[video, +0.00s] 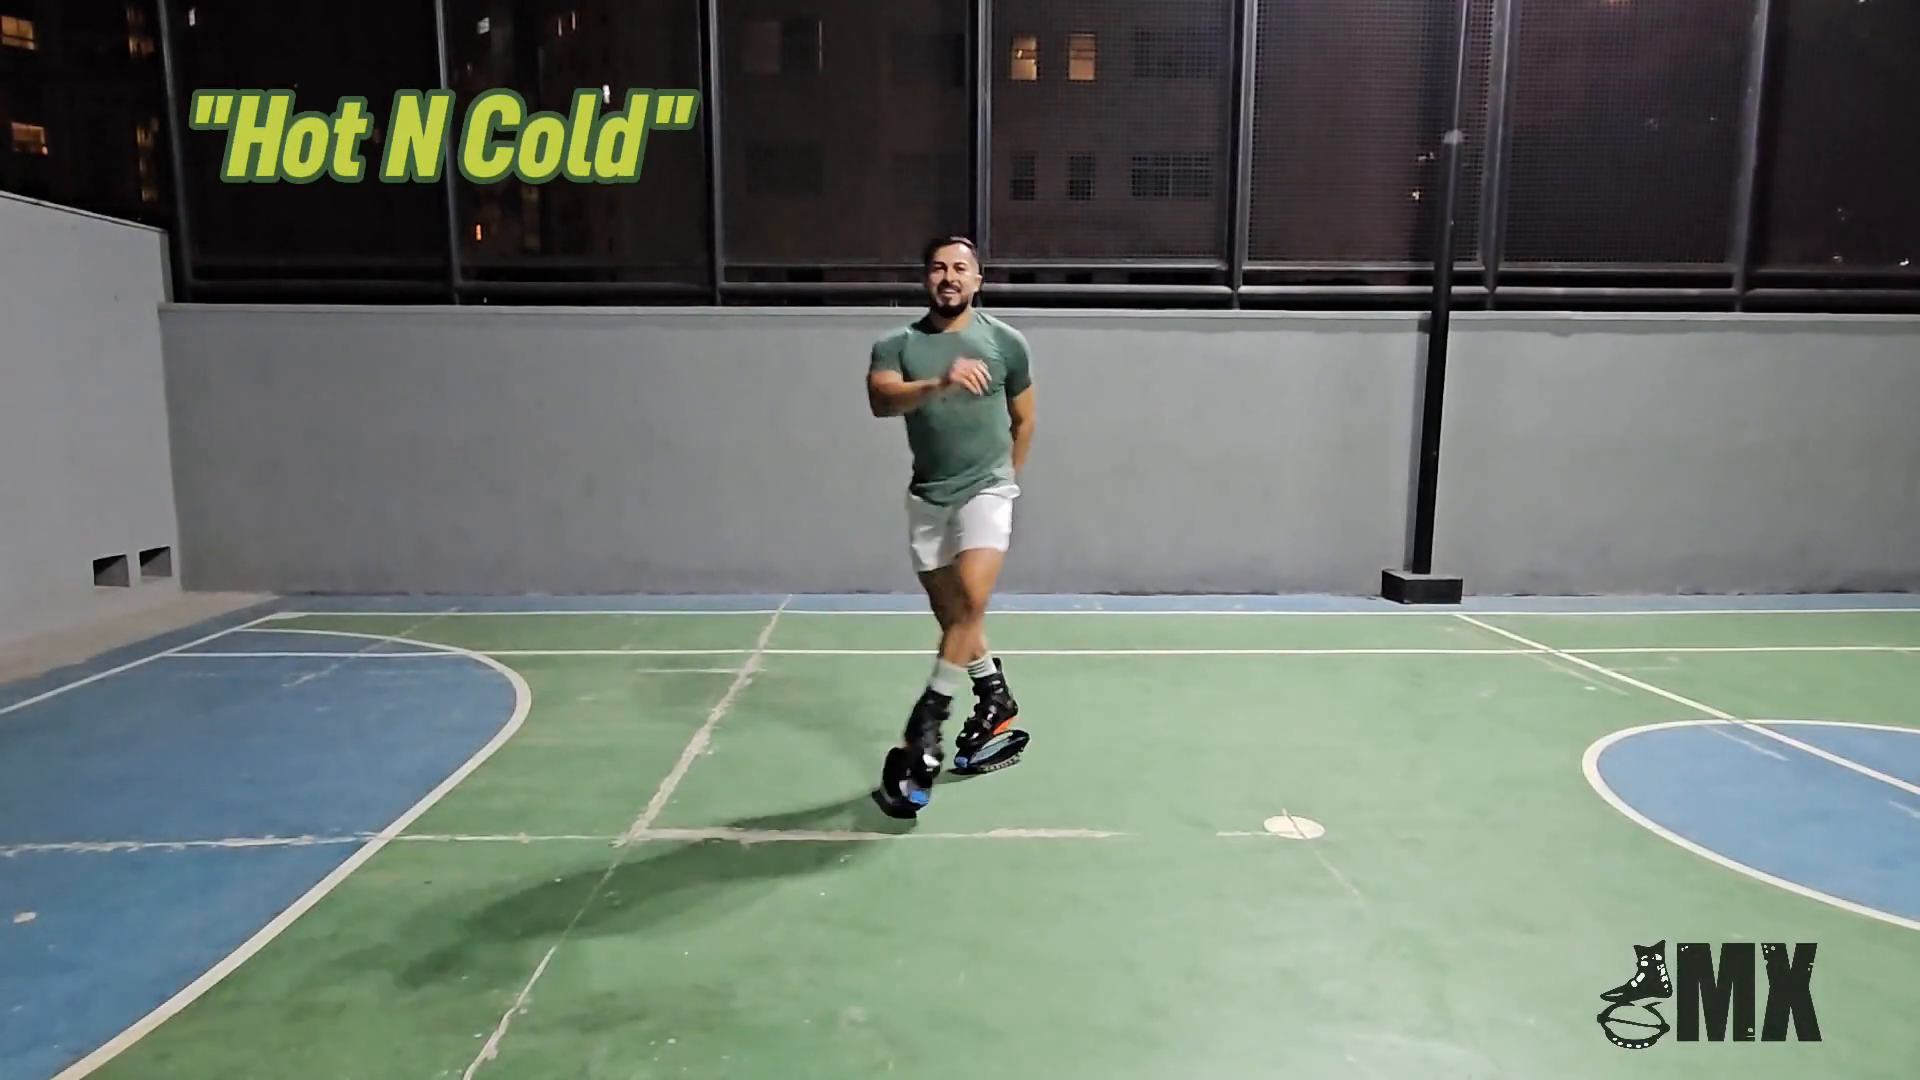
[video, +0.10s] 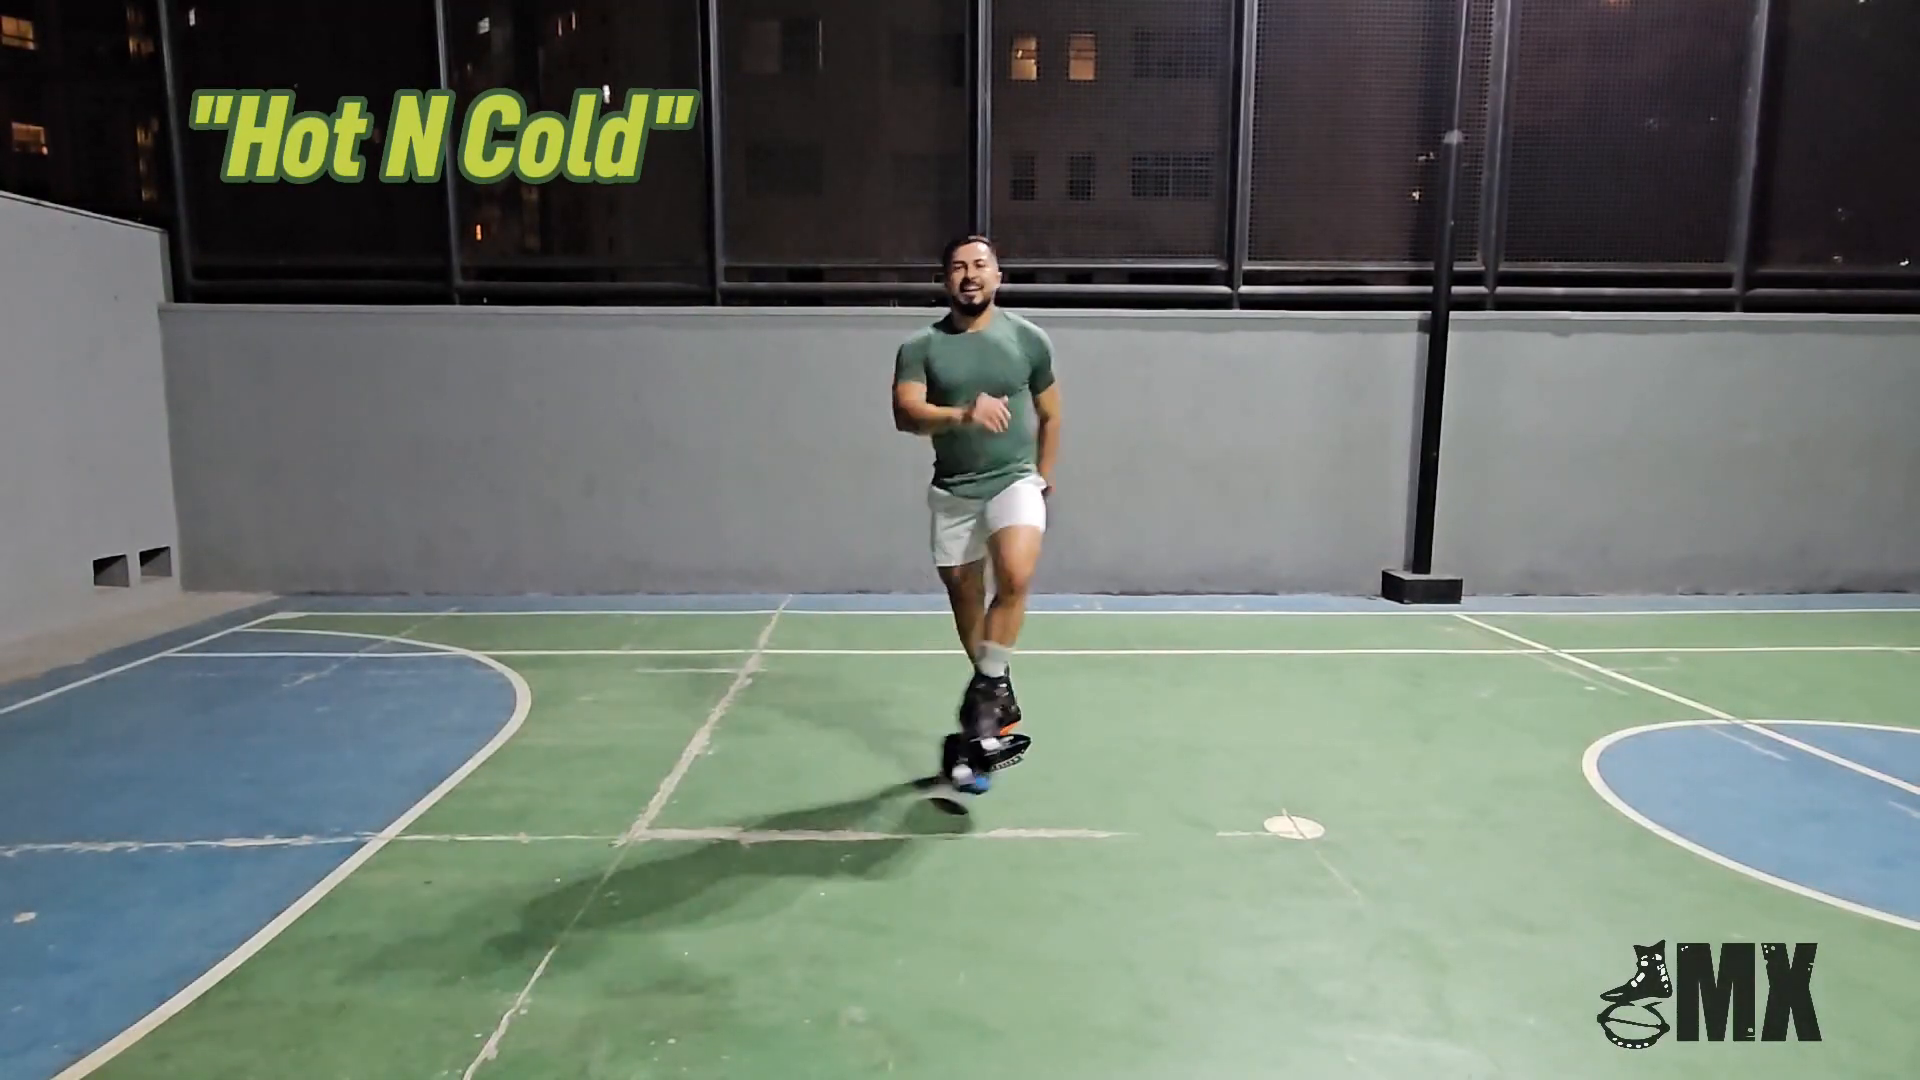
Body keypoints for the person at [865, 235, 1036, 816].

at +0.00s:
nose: (949, 276)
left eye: (961, 267)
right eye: (939, 268)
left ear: (978, 281)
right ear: (925, 281)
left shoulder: (1005, 343)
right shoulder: (897, 345)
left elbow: (1024, 420)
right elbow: (882, 402)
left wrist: (1005, 479)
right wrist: (938, 382)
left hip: (989, 489)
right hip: (929, 495)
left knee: (971, 597)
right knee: (949, 611)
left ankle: (927, 719)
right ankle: (996, 700)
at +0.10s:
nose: (970, 274)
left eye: (980, 264)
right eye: (959, 266)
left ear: (998, 276)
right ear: (946, 280)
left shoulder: (1029, 342)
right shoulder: (920, 348)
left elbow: (1049, 415)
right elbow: (907, 413)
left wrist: (1044, 477)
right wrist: (964, 413)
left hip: (1016, 482)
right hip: (954, 492)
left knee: (1015, 579)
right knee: (966, 602)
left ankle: (984, 689)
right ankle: (999, 695)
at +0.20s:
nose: (994, 258)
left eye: (1004, 248)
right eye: (983, 252)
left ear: (1023, 260)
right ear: (971, 267)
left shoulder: (1052, 327)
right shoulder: (943, 336)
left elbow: (1083, 402)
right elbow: (922, 419)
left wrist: (1093, 474)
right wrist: (961, 455)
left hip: (1037, 467)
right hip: (973, 477)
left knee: (1056, 561)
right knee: (982, 584)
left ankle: (1041, 681)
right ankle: (999, 691)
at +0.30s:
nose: (1018, 248)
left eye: (1028, 239)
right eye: (1007, 242)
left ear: (1047, 253)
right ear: (994, 260)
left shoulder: (1076, 320)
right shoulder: (966, 327)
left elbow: (1114, 393)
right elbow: (938, 409)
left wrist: (1148, 458)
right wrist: (945, 481)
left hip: (1058, 464)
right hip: (992, 472)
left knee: (1090, 568)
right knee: (995, 588)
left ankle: (1090, 680)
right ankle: (1004, 691)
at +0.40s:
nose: (1041, 257)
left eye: (1050, 248)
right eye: (1030, 251)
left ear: (1068, 262)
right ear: (1017, 269)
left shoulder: (1099, 330)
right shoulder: (990, 336)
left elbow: (1143, 399)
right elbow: (953, 413)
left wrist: (1193, 444)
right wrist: (923, 481)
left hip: (1084, 478)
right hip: (1016, 483)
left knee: (1110, 583)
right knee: (1006, 590)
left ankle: (1125, 698)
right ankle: (1010, 698)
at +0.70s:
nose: (1078, 253)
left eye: (1085, 241)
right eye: (1065, 248)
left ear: (1105, 249)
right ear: (1055, 265)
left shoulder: (1148, 312)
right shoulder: (1035, 329)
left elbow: (1182, 391)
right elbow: (1000, 397)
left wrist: (1187, 377)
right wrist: (968, 420)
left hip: (1126, 469)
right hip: (1061, 465)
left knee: (1133, 583)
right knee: (1048, 569)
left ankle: (1134, 695)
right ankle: (1049, 692)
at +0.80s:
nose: (1082, 255)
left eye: (1088, 243)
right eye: (1069, 250)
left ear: (1108, 249)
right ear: (1058, 265)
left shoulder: (1149, 313)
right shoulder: (1038, 329)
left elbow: (1172, 391)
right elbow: (1017, 406)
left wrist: (1143, 395)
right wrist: (1032, 417)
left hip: (1131, 468)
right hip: (1066, 468)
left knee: (1139, 583)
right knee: (1071, 577)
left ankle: (1137, 696)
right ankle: (1078, 704)